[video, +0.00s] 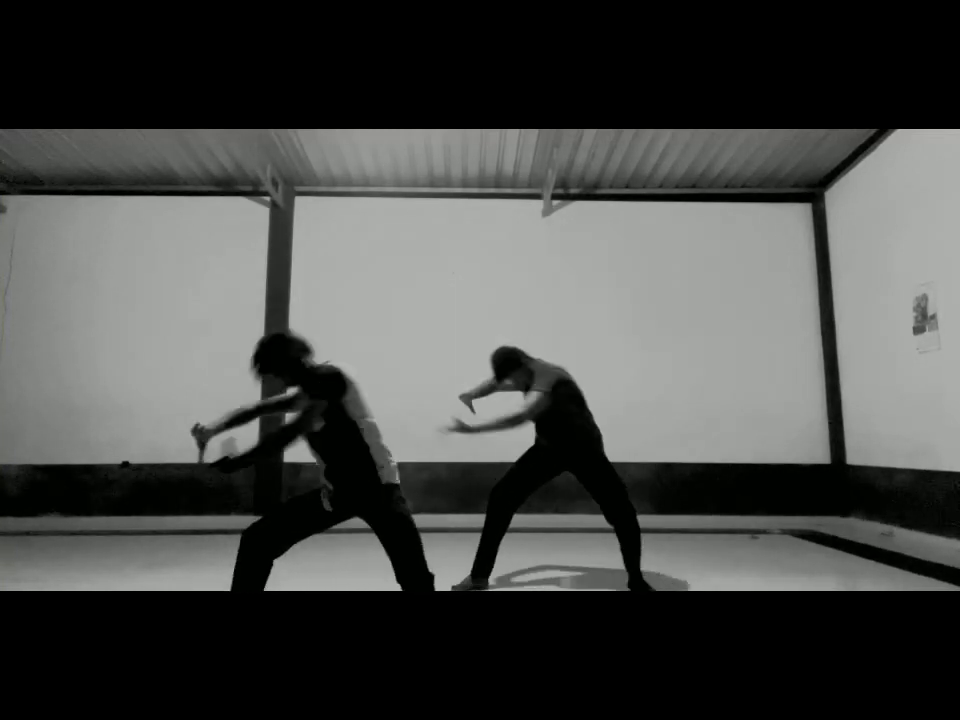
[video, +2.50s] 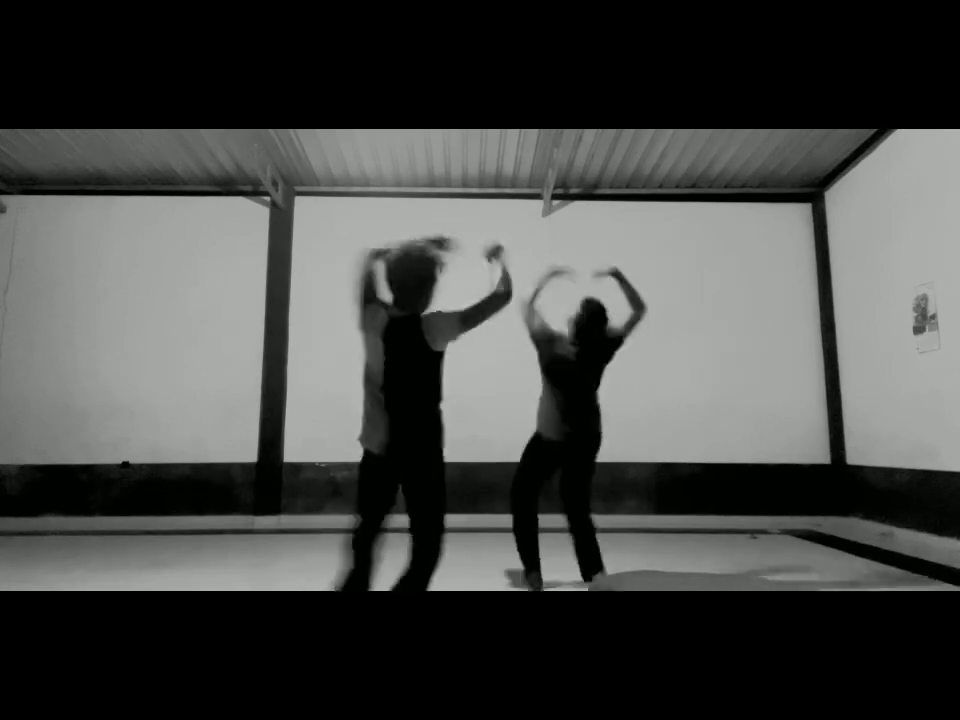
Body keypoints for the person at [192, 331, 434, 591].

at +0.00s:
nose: (274, 381)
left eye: (273, 373)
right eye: (270, 375)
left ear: (285, 366)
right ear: (294, 360)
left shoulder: (331, 381)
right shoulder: (307, 392)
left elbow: (285, 436)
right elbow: (259, 408)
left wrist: (238, 462)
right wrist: (212, 430)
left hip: (378, 492)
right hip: (339, 492)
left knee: (415, 578)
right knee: (258, 542)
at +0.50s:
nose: (311, 315)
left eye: (320, 309)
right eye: (304, 309)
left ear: (336, 320)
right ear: (294, 316)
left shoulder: (348, 366)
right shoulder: (276, 364)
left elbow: (405, 360)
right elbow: (212, 347)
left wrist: (381, 369)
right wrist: (205, 357)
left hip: (344, 477)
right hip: (291, 481)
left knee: (410, 536)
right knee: (223, 554)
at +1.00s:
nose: (365, 308)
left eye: (374, 300)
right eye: (357, 300)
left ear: (387, 305)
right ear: (347, 305)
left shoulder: (405, 360)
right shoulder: (333, 363)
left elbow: (457, 383)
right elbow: (280, 377)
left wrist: (480, 410)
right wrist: (251, 394)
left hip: (390, 474)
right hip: (340, 473)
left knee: (439, 549)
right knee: (269, 539)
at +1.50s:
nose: (365, 330)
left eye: (375, 323)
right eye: (360, 320)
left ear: (387, 328)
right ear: (348, 320)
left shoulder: (395, 378)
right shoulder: (320, 372)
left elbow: (416, 434)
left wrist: (389, 428)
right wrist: (316, 409)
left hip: (376, 489)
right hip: (324, 489)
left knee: (437, 561)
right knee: (245, 558)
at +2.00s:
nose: (417, 386)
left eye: (424, 382)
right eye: (417, 377)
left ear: (423, 381)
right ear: (399, 363)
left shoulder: (412, 414)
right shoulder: (344, 369)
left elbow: (466, 445)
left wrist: (500, 486)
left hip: (356, 480)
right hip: (308, 472)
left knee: (374, 561)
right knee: (262, 551)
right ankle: (228, 588)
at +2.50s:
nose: (432, 288)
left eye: (427, 280)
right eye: (430, 281)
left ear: (393, 286)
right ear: (428, 289)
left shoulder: (374, 321)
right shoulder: (437, 327)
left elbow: (372, 263)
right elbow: (502, 296)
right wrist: (500, 261)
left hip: (379, 451)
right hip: (423, 453)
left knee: (366, 531)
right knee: (427, 548)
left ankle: (356, 587)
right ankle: (403, 597)